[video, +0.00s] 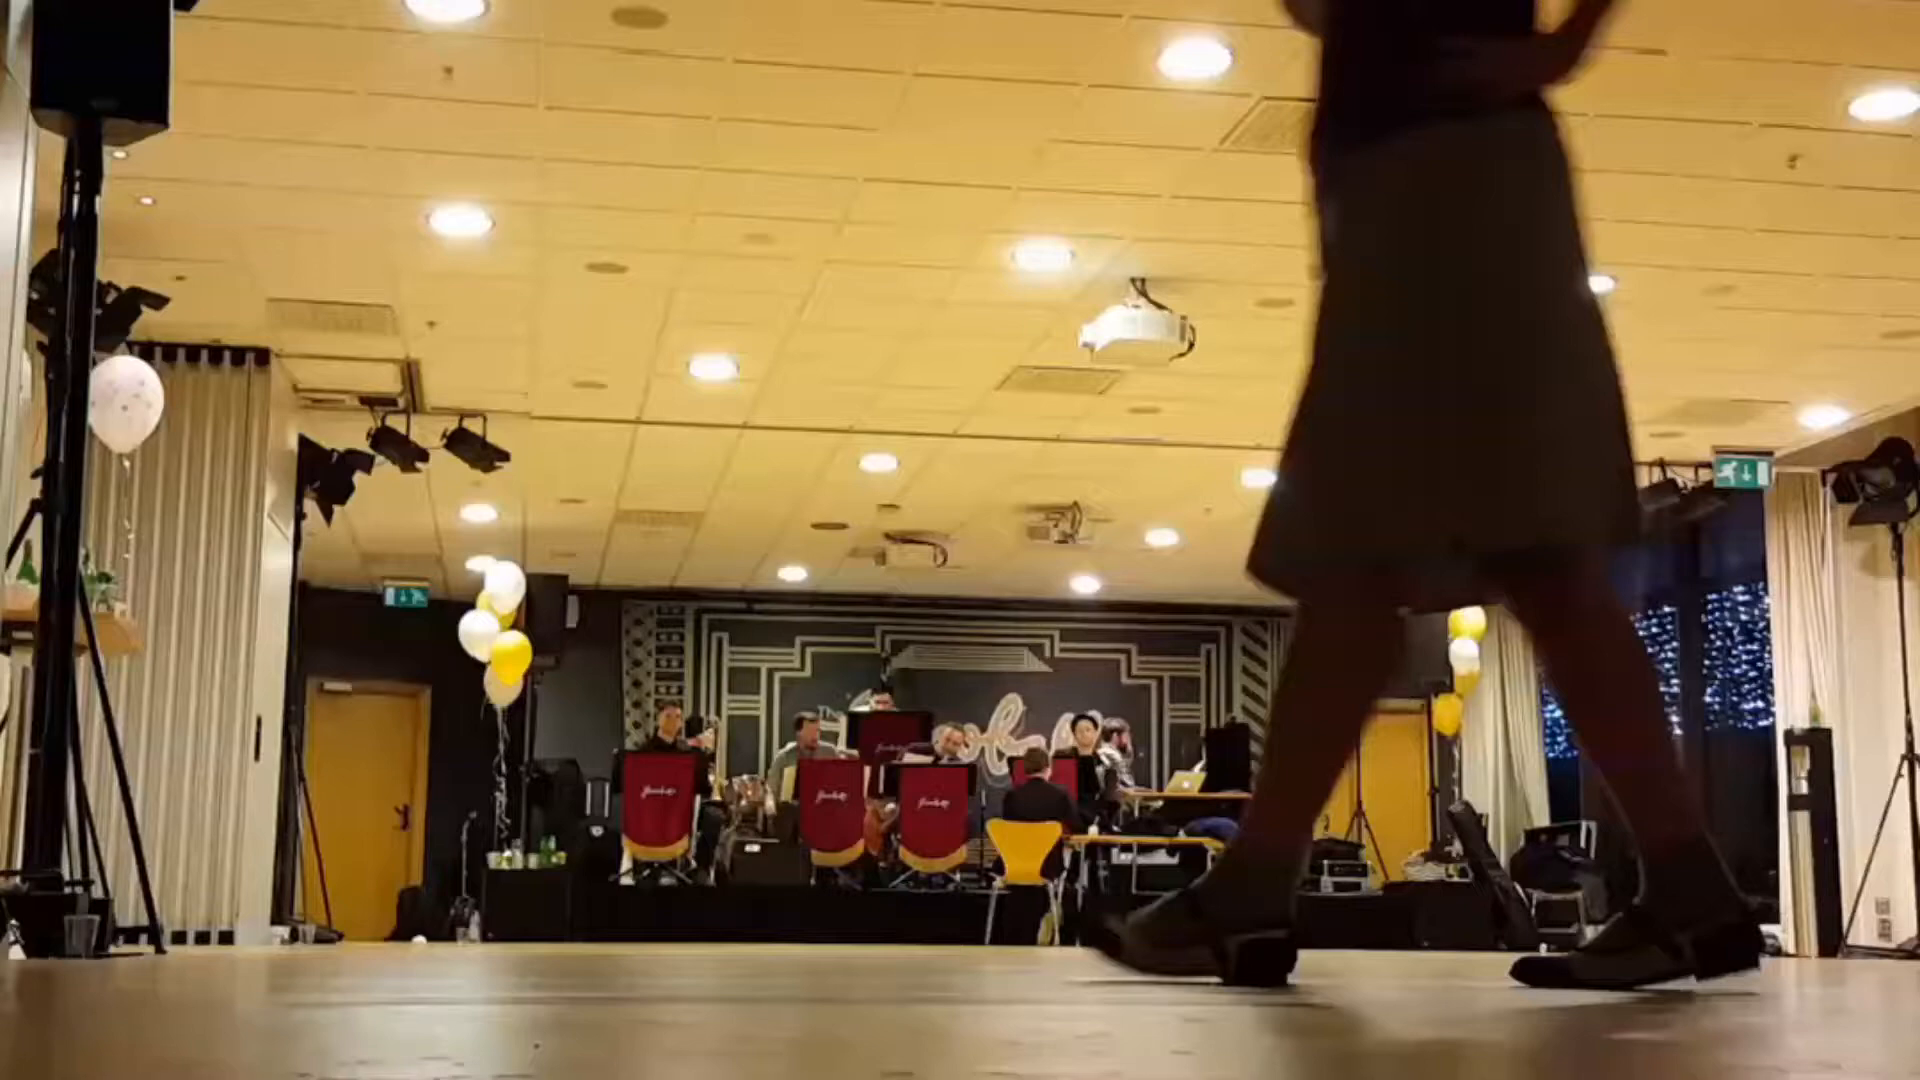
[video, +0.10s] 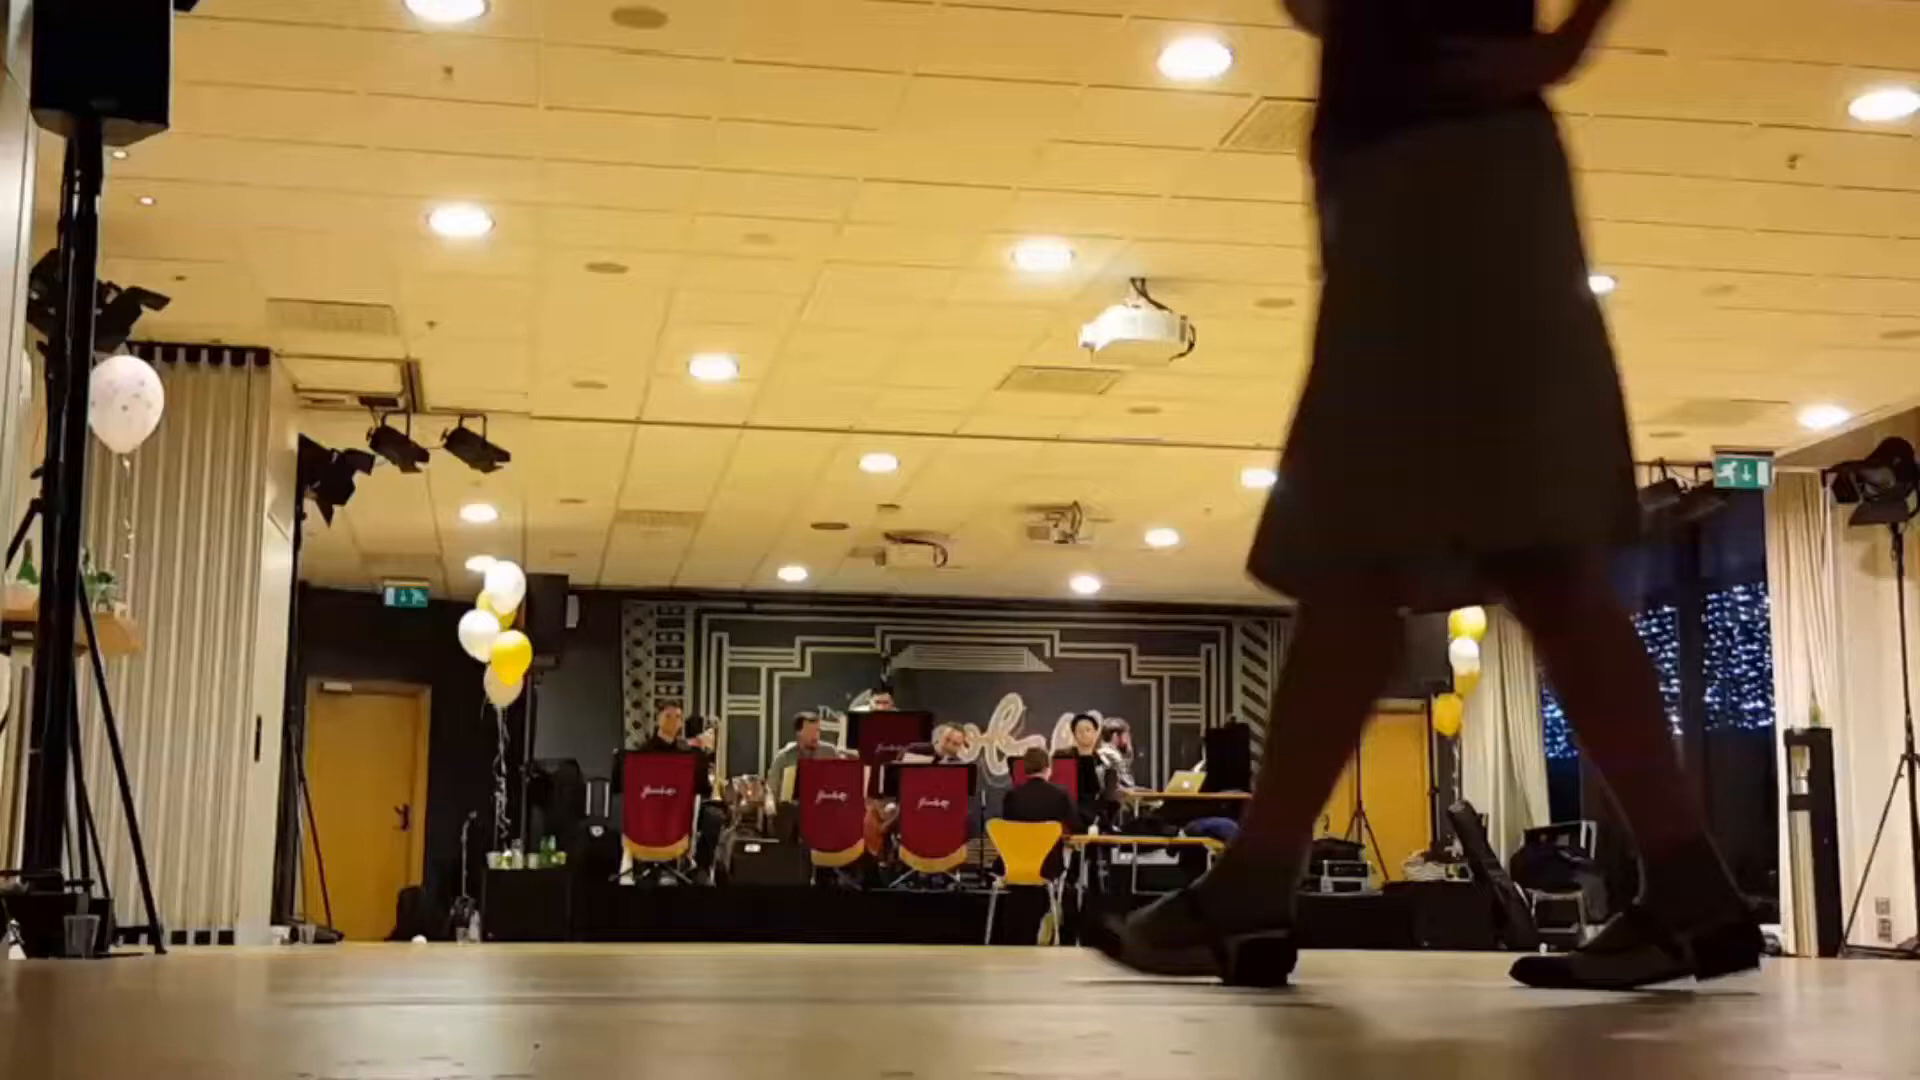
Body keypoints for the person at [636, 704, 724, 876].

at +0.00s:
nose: (672, 722)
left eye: (677, 717)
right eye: (667, 716)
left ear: (682, 723)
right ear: (658, 719)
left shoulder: (692, 754)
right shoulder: (644, 752)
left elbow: (704, 791)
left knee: (714, 816)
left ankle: (703, 868)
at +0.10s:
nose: (672, 722)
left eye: (677, 717)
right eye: (667, 716)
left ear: (682, 722)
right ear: (658, 719)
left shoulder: (692, 754)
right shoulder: (644, 752)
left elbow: (704, 790)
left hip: (683, 814)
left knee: (714, 816)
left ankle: (703, 868)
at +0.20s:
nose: (672, 721)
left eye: (677, 717)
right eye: (667, 716)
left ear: (682, 723)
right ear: (658, 719)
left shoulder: (692, 754)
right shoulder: (644, 752)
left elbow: (704, 790)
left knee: (714, 817)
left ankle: (703, 868)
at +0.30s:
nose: (672, 721)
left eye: (677, 717)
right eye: (667, 716)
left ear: (682, 723)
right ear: (658, 719)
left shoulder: (692, 754)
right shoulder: (644, 752)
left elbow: (704, 790)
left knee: (714, 817)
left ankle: (703, 868)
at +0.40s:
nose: (672, 721)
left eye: (677, 717)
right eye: (667, 716)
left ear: (682, 723)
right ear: (658, 719)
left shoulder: (692, 754)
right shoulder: (644, 752)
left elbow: (704, 790)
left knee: (714, 817)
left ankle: (703, 868)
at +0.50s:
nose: (672, 722)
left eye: (677, 717)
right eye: (667, 716)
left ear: (682, 722)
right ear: (658, 719)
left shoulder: (692, 754)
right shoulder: (644, 752)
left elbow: (704, 790)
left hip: (683, 814)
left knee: (714, 816)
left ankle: (703, 868)